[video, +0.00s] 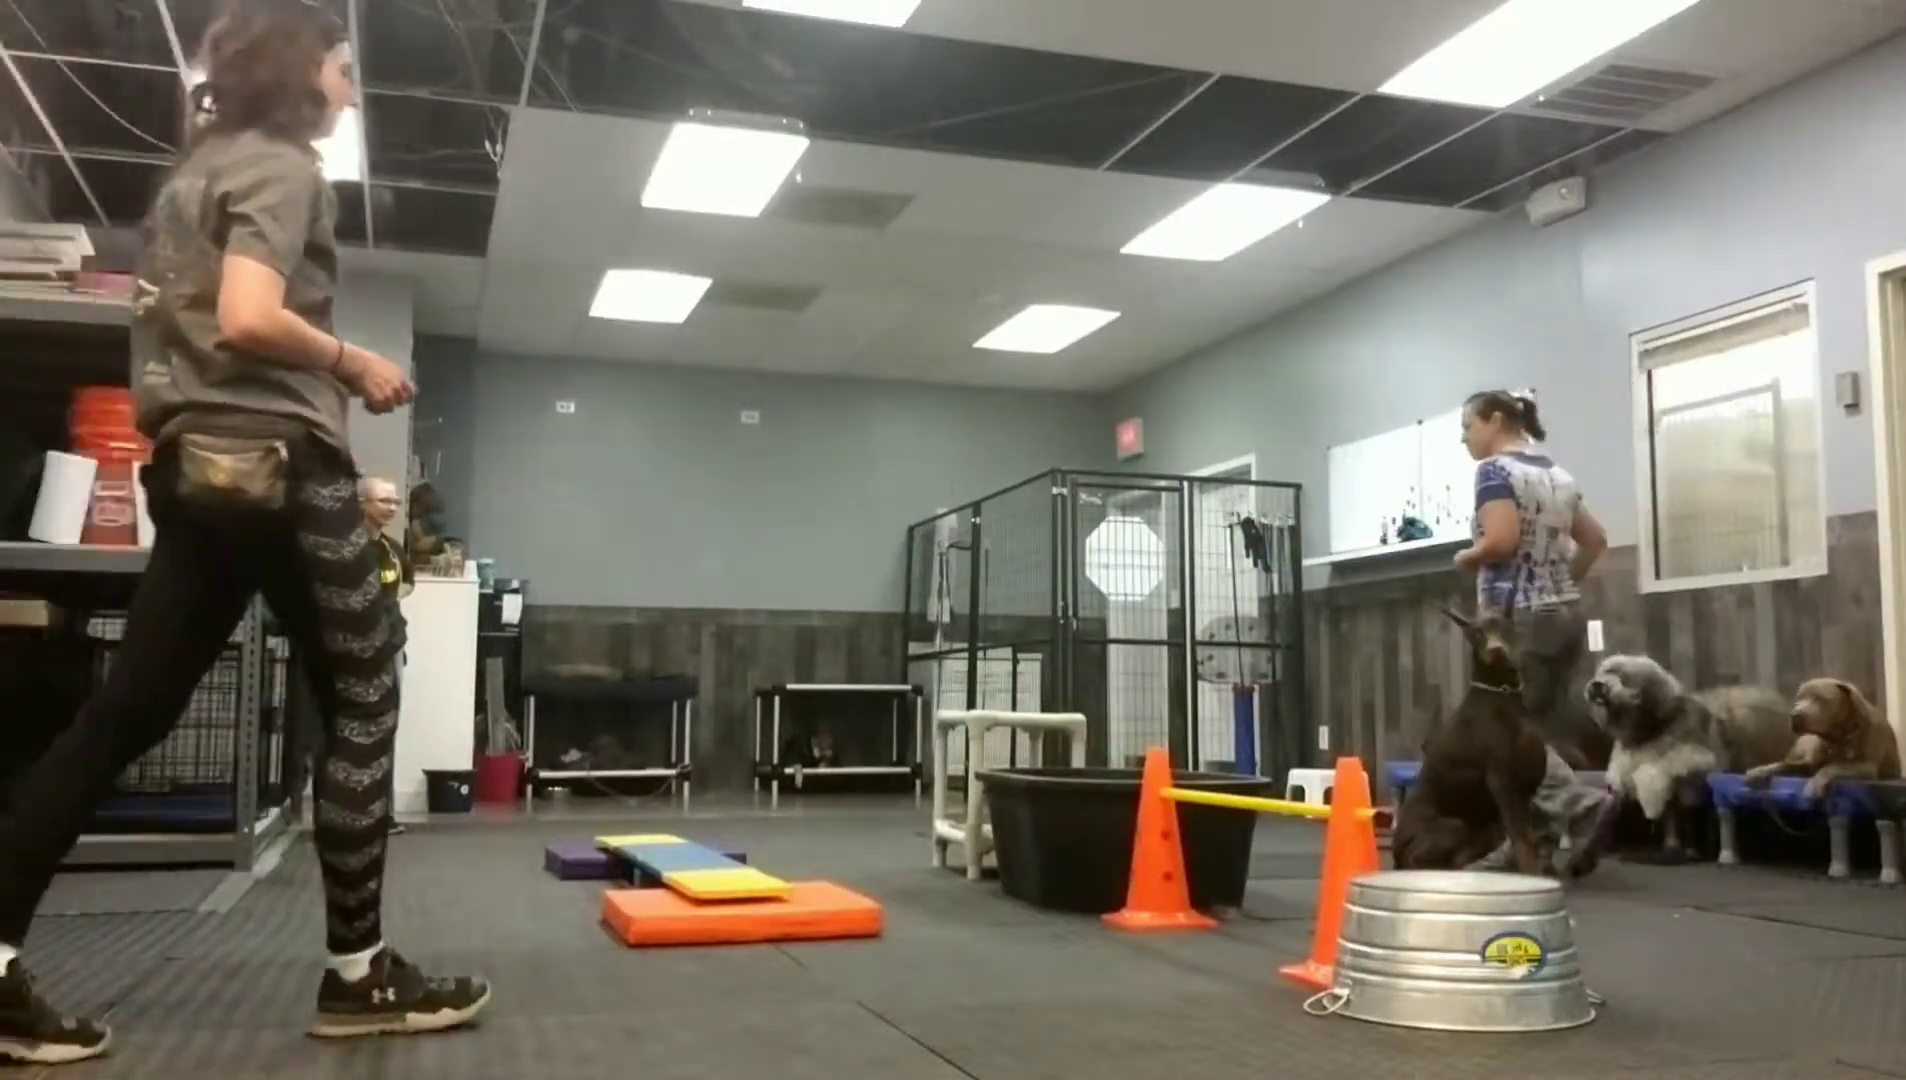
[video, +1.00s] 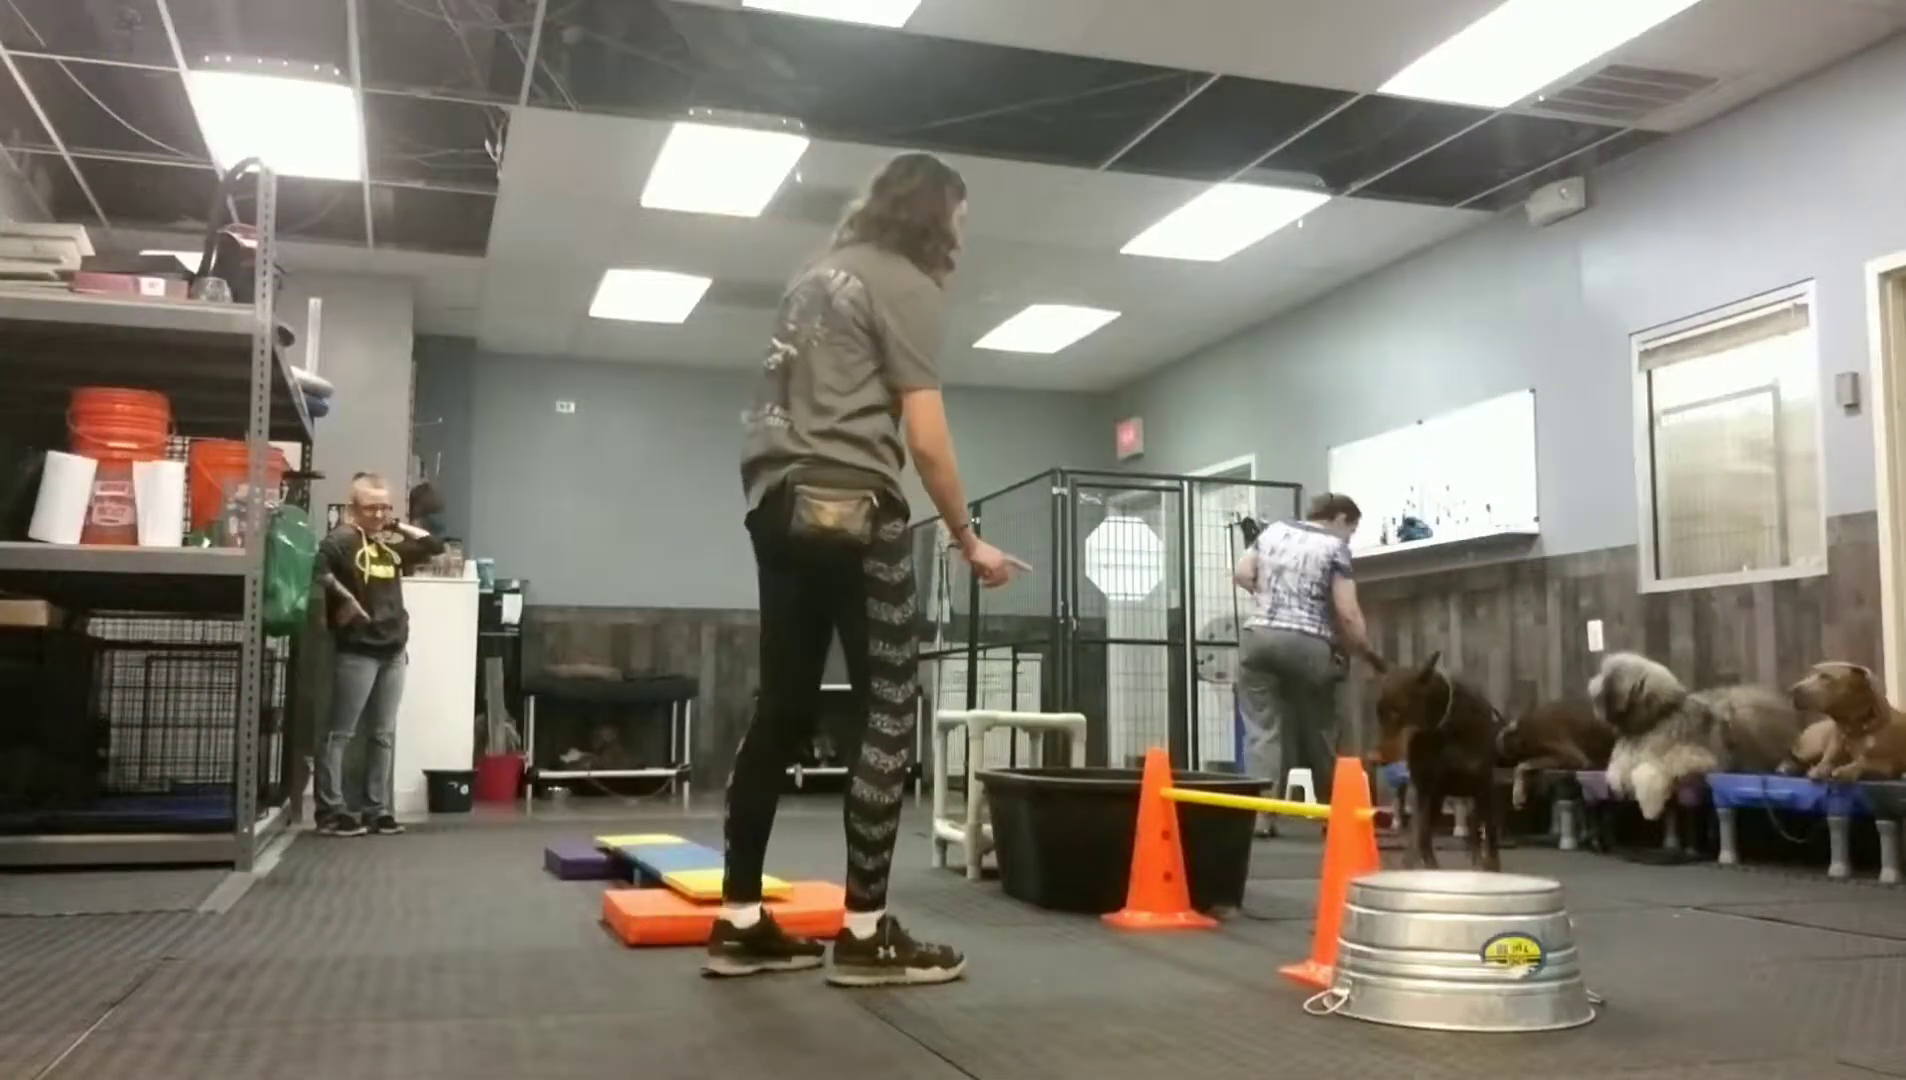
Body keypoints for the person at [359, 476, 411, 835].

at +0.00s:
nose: (392, 507)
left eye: (395, 502)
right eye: (385, 501)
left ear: (396, 506)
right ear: (365, 504)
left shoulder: (390, 546)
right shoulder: (356, 547)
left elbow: (394, 595)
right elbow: (357, 602)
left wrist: (395, 637)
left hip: (389, 647)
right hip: (364, 651)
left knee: (386, 731)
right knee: (368, 731)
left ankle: (384, 811)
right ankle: (369, 814)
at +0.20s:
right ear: (365, 514)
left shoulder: (399, 551)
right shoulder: (346, 549)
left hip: (392, 648)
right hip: (356, 646)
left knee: (375, 734)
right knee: (339, 732)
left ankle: (361, 808)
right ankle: (330, 809)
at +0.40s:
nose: (382, 505)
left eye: (385, 500)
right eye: (374, 499)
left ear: (388, 505)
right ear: (356, 503)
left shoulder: (386, 549)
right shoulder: (340, 541)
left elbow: (413, 582)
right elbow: (322, 580)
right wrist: (345, 604)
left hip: (389, 649)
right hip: (354, 648)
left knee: (382, 734)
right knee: (339, 733)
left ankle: (377, 809)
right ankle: (330, 810)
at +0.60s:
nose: (381, 514)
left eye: (385, 508)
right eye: (373, 507)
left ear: (390, 509)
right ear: (353, 509)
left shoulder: (389, 547)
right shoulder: (339, 543)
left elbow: (435, 547)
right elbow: (321, 583)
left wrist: (401, 530)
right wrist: (345, 603)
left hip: (391, 649)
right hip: (355, 648)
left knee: (383, 734)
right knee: (340, 733)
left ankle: (378, 810)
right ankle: (331, 810)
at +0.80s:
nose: (381, 514)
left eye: (385, 508)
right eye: (373, 507)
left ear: (389, 509)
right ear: (354, 508)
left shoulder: (389, 546)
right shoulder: (340, 543)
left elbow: (434, 545)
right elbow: (319, 574)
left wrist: (397, 524)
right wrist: (344, 598)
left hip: (393, 649)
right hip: (357, 648)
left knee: (384, 734)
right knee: (341, 733)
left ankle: (377, 810)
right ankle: (331, 811)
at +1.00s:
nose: (381, 515)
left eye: (385, 508)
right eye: (373, 507)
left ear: (389, 509)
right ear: (354, 508)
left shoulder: (389, 547)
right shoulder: (339, 543)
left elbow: (434, 546)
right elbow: (320, 575)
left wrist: (399, 526)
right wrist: (345, 599)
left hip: (393, 648)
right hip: (357, 647)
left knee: (384, 734)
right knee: (341, 733)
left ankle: (377, 810)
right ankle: (331, 810)